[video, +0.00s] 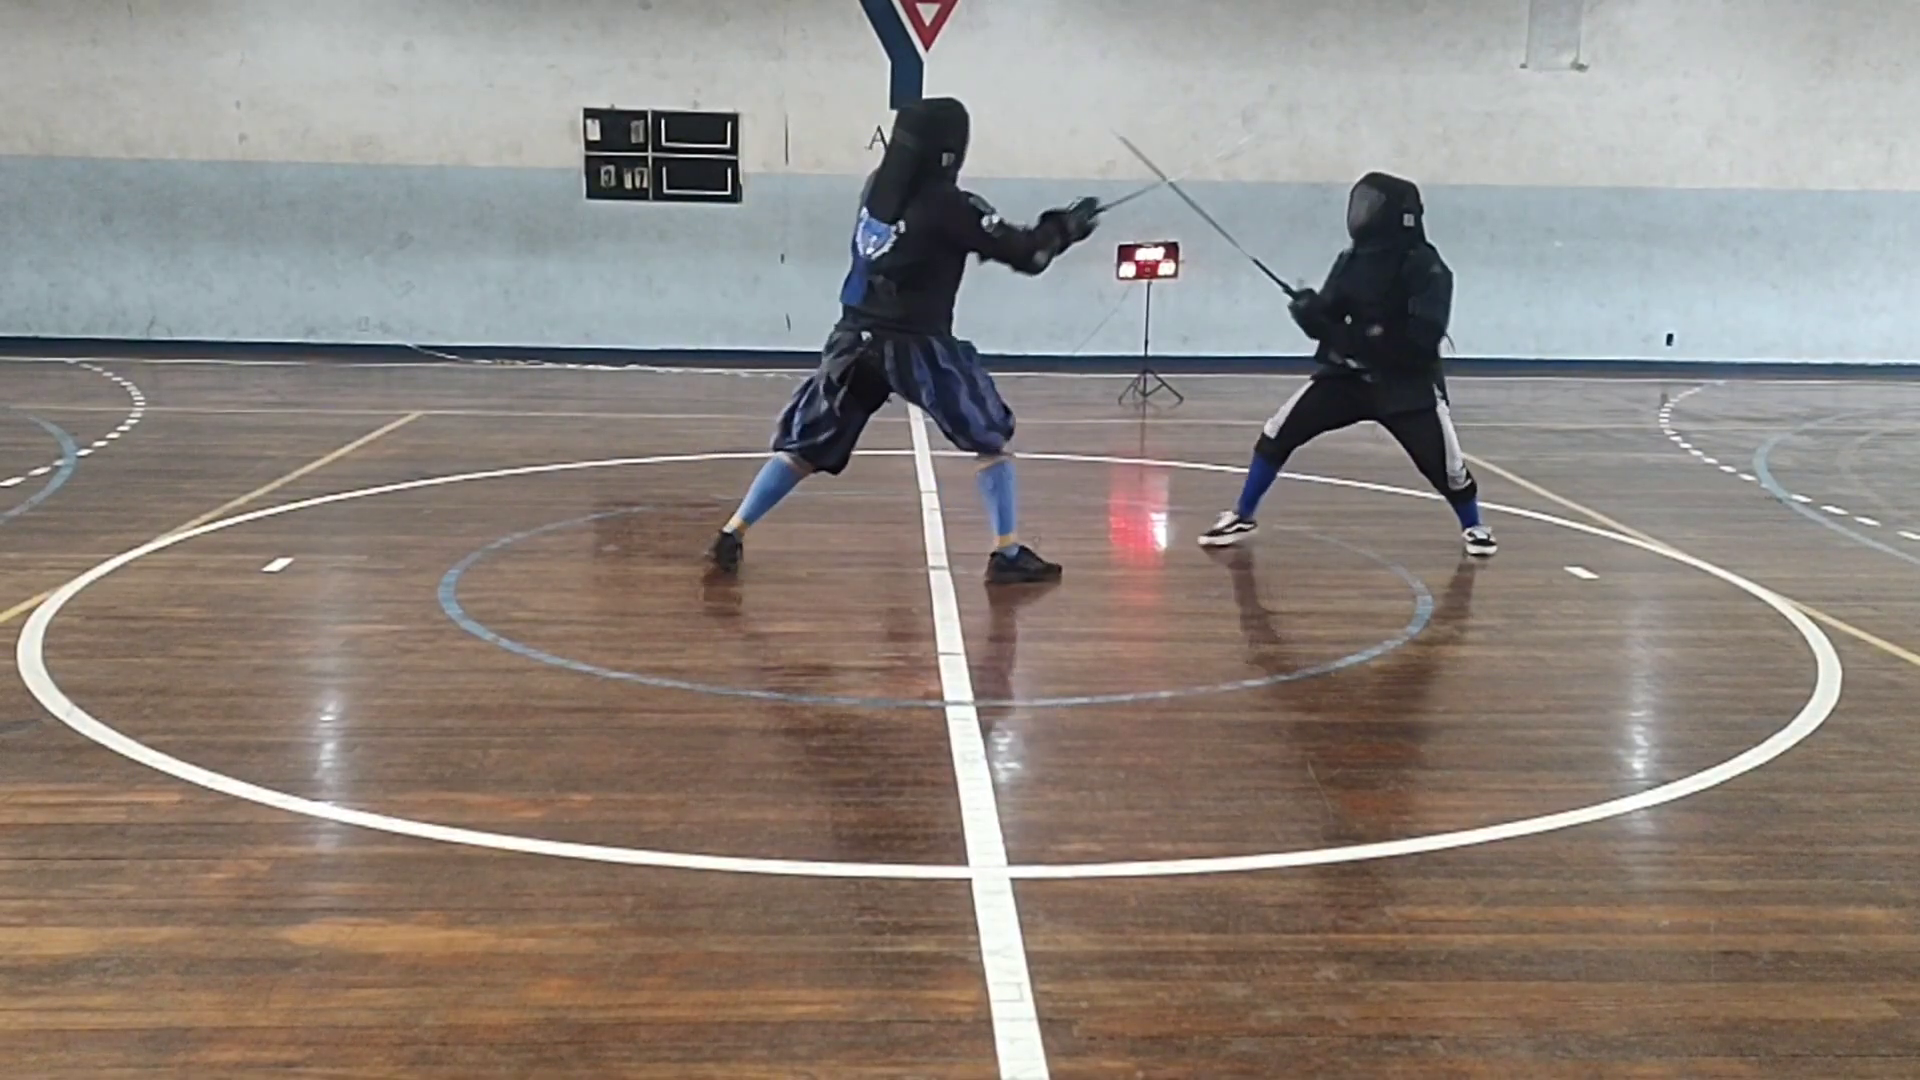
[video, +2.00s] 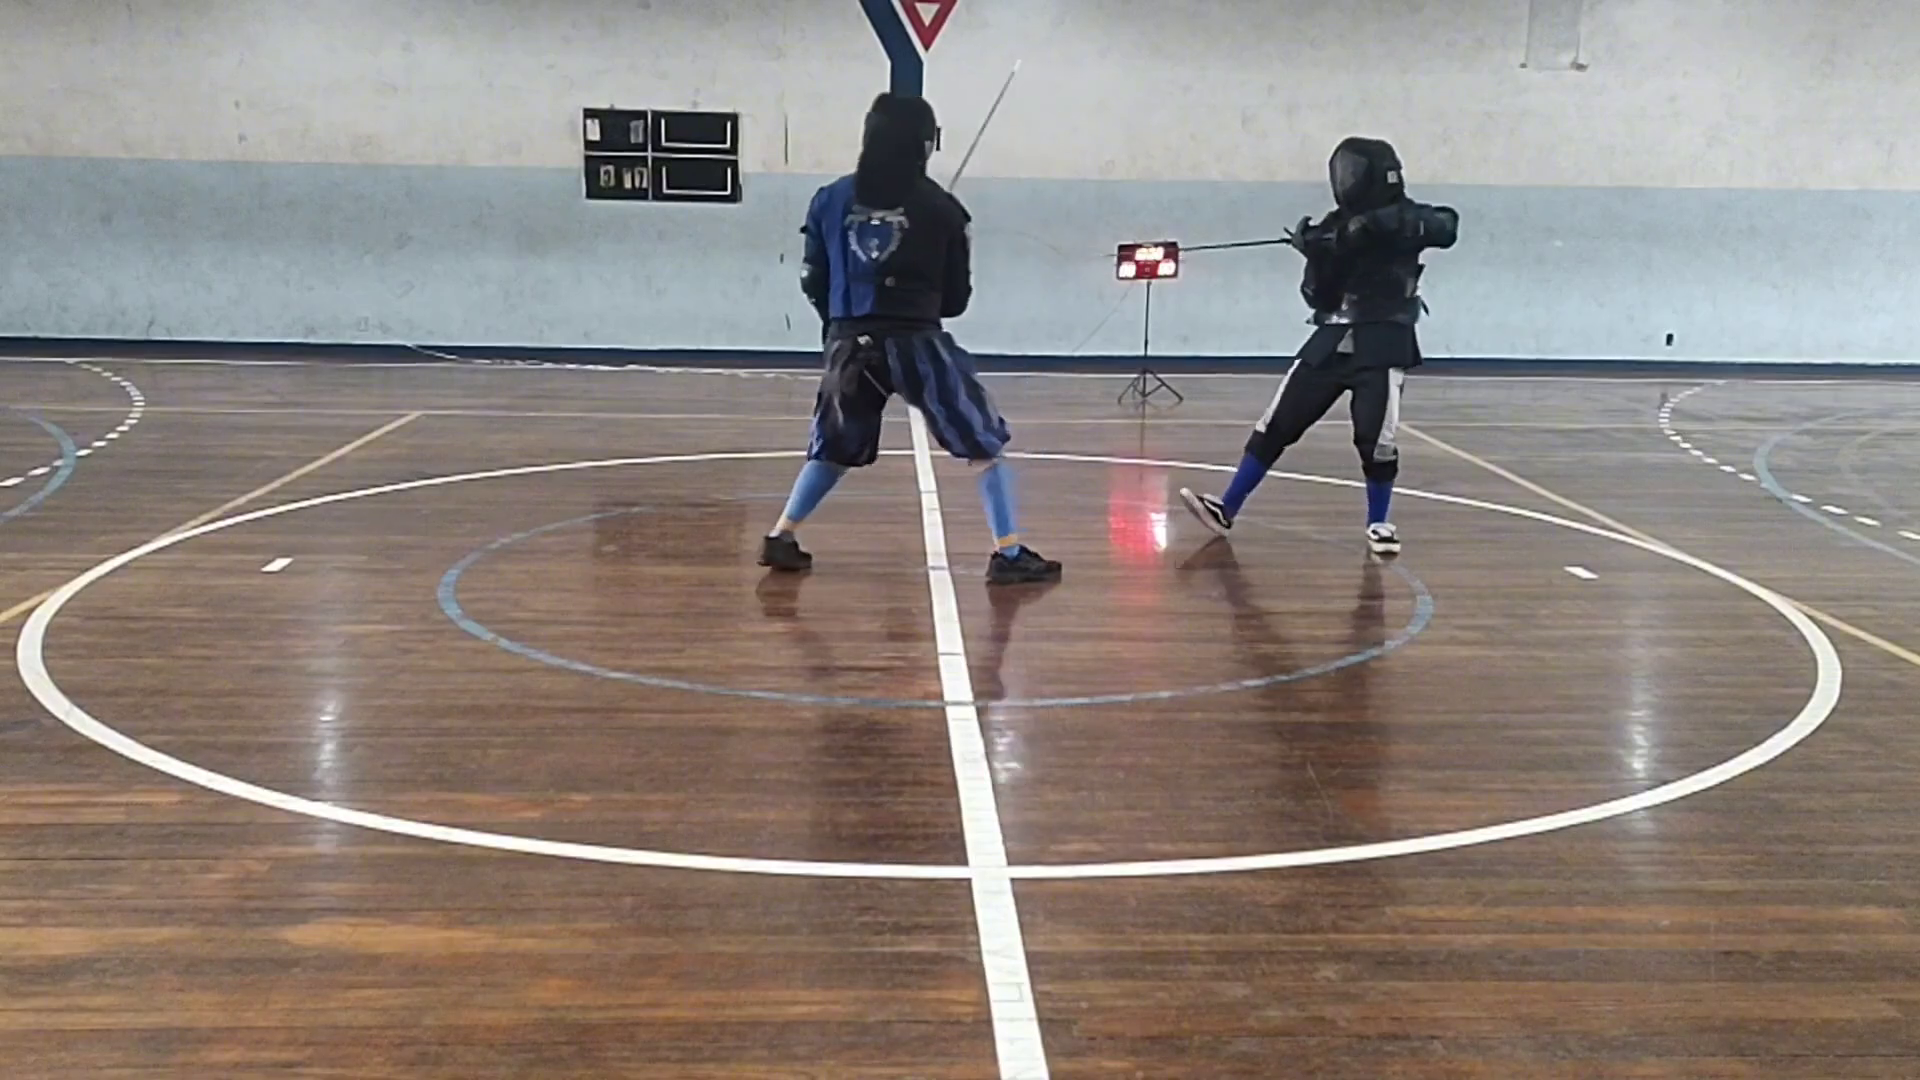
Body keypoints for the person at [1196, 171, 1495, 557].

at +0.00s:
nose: (1357, 212)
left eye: (1367, 203)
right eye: (1357, 202)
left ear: (1396, 212)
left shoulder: (1427, 269)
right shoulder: (1351, 261)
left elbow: (1417, 347)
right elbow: (1329, 324)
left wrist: (1343, 335)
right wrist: (1309, 313)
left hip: (1407, 386)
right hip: (1347, 380)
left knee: (1445, 465)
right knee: (1277, 435)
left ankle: (1473, 527)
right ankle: (1242, 516)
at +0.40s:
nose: (1345, 210)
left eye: (1356, 201)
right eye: (1344, 200)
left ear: (1381, 207)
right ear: (1344, 204)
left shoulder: (1405, 254)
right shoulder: (1335, 251)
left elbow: (1386, 316)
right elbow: (1284, 291)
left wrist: (1333, 291)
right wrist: (1254, 271)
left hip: (1388, 382)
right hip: (1328, 380)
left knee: (1447, 461)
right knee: (1262, 448)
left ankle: (1473, 527)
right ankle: (1211, 519)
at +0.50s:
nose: (1343, 206)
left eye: (1353, 198)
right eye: (1341, 198)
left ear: (1376, 204)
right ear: (1340, 205)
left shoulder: (1399, 247)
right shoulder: (1328, 246)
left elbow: (1358, 270)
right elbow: (1277, 270)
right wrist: (1244, 252)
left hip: (1383, 374)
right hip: (1322, 373)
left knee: (1442, 455)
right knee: (1258, 445)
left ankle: (1472, 527)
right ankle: (1210, 519)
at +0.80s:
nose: (1322, 198)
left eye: (1330, 191)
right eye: (1320, 191)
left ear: (1350, 193)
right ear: (1319, 192)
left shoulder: (1379, 234)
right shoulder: (1305, 232)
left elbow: (1335, 221)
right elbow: (1255, 219)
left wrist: (1307, 192)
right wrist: (1225, 185)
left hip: (1359, 372)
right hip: (1300, 371)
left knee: (1424, 451)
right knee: (1247, 449)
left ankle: (1461, 528)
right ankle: (1208, 521)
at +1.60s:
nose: (1324, 175)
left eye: (1336, 166)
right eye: (1319, 165)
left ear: (1355, 174)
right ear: (1310, 169)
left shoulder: (1368, 216)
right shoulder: (1291, 213)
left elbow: (1362, 240)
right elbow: (1246, 259)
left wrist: (1316, 211)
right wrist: (1233, 225)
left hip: (1337, 347)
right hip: (1278, 343)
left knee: (1372, 439)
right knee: (1237, 431)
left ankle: (1391, 523)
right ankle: (1207, 518)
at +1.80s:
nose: (1327, 180)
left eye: (1338, 171)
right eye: (1322, 171)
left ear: (1361, 177)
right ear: (1313, 176)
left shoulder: (1379, 224)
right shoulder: (1303, 227)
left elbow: (1422, 241)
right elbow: (1286, 299)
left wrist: (1362, 223)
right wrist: (1296, 250)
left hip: (1344, 351)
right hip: (1289, 345)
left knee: (1352, 443)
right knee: (1241, 430)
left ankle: (1375, 524)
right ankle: (1206, 515)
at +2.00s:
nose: (1343, 178)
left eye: (1353, 169)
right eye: (1339, 169)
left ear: (1379, 173)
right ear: (1335, 174)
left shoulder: (1405, 216)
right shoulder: (1330, 226)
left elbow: (1445, 227)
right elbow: (1320, 301)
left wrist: (1381, 221)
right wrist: (1319, 256)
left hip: (1382, 336)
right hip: (1330, 335)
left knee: (1376, 439)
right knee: (1277, 424)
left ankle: (1379, 525)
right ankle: (1226, 508)